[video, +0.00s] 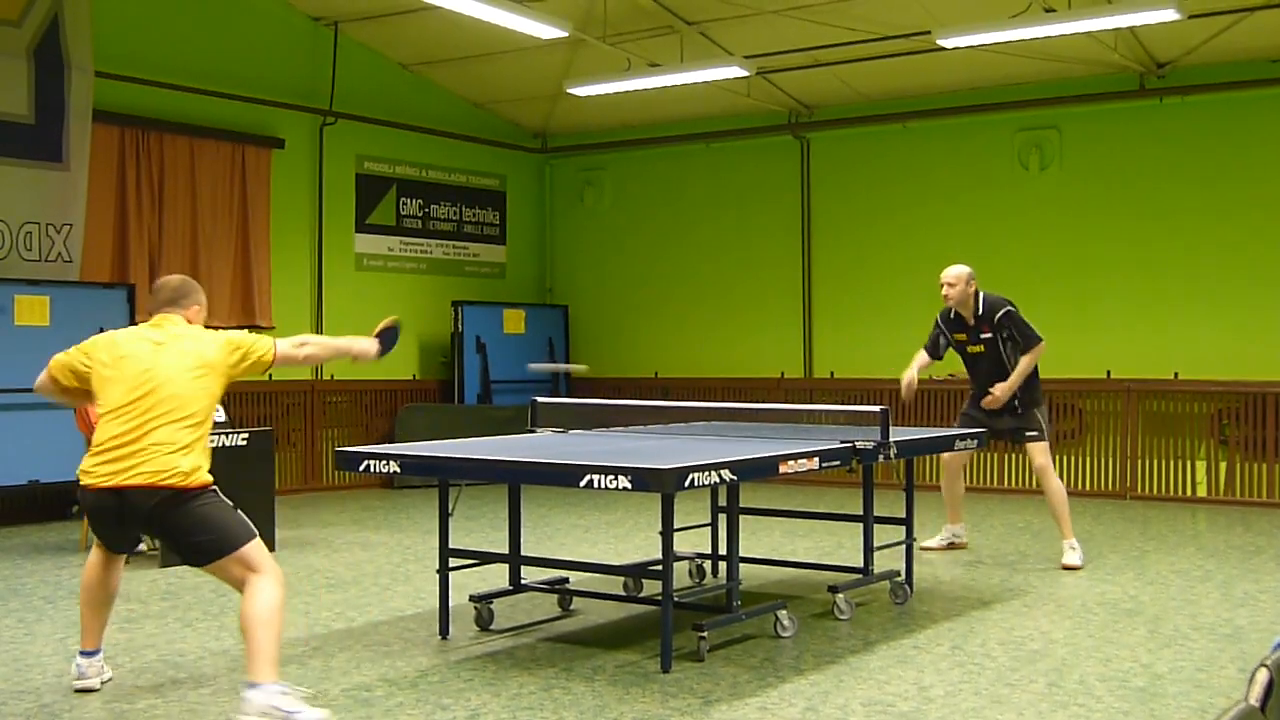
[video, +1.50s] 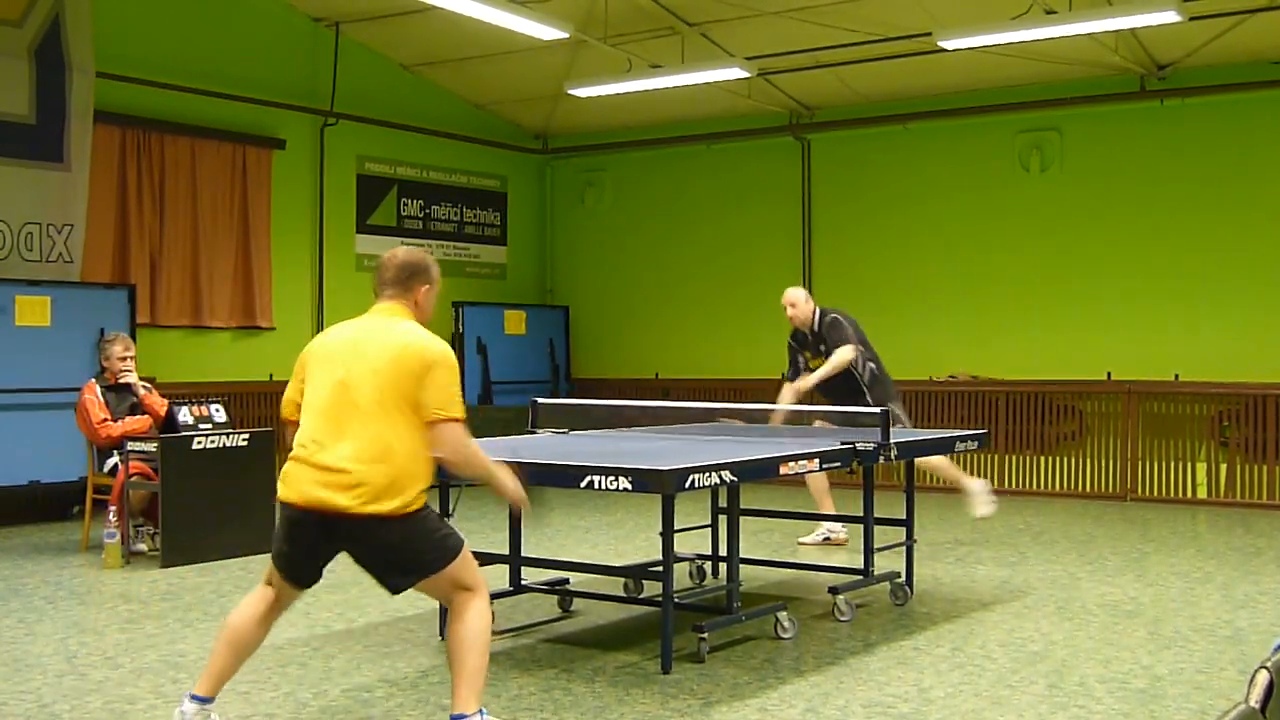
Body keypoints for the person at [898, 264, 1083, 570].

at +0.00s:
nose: (945, 291)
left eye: (951, 286)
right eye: (942, 286)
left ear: (971, 287)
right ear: (942, 289)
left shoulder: (999, 309)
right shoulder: (946, 319)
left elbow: (1035, 346)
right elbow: (930, 351)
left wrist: (1009, 386)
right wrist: (912, 369)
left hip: (1023, 399)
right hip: (981, 399)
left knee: (1042, 466)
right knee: (950, 458)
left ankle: (1070, 543)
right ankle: (954, 531)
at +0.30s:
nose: (943, 303)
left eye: (946, 296)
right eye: (942, 297)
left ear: (966, 291)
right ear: (963, 293)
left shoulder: (992, 315)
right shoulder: (974, 321)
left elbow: (1018, 359)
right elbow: (992, 366)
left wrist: (974, 382)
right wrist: (971, 385)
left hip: (1027, 407)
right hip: (998, 405)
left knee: (1040, 478)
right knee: (963, 456)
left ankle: (1094, 544)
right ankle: (957, 530)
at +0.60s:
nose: (976, 294)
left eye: (982, 288)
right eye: (973, 289)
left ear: (1001, 287)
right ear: (972, 290)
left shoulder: (1020, 310)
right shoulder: (971, 312)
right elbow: (939, 332)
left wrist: (997, 314)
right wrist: (920, 317)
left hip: (1020, 409)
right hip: (981, 406)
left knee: (1022, 470)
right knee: (935, 459)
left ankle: (1053, 544)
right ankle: (955, 518)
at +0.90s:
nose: (944, 284)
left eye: (950, 278)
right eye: (940, 279)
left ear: (967, 280)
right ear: (937, 283)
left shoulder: (991, 308)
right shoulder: (937, 310)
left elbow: (1015, 351)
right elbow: (921, 341)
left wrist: (1000, 393)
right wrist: (909, 359)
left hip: (989, 394)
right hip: (952, 393)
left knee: (1011, 461)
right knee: (912, 444)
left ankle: (1045, 537)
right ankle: (921, 520)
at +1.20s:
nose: (837, 315)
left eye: (843, 309)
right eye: (836, 310)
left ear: (863, 307)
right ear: (843, 314)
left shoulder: (892, 323)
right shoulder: (848, 340)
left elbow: (944, 331)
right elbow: (809, 355)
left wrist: (959, 364)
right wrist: (760, 363)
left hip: (940, 408)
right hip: (901, 411)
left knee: (987, 459)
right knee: (854, 449)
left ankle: (1034, 524)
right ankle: (839, 524)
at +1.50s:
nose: (788, 313)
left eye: (792, 306)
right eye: (785, 308)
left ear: (809, 303)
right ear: (787, 311)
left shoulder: (833, 321)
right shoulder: (797, 339)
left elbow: (848, 352)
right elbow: (791, 386)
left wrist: (812, 379)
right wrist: (774, 427)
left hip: (876, 402)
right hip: (839, 409)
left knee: (913, 453)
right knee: (807, 457)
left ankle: (973, 485)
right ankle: (832, 525)